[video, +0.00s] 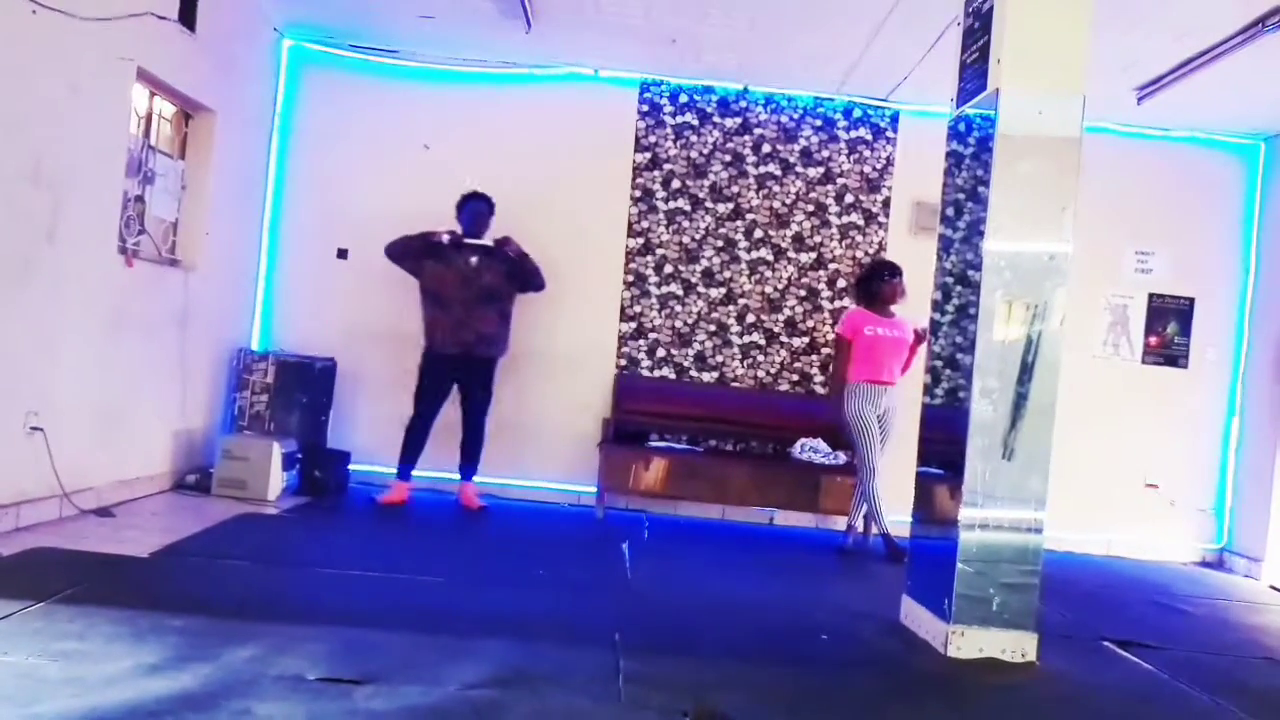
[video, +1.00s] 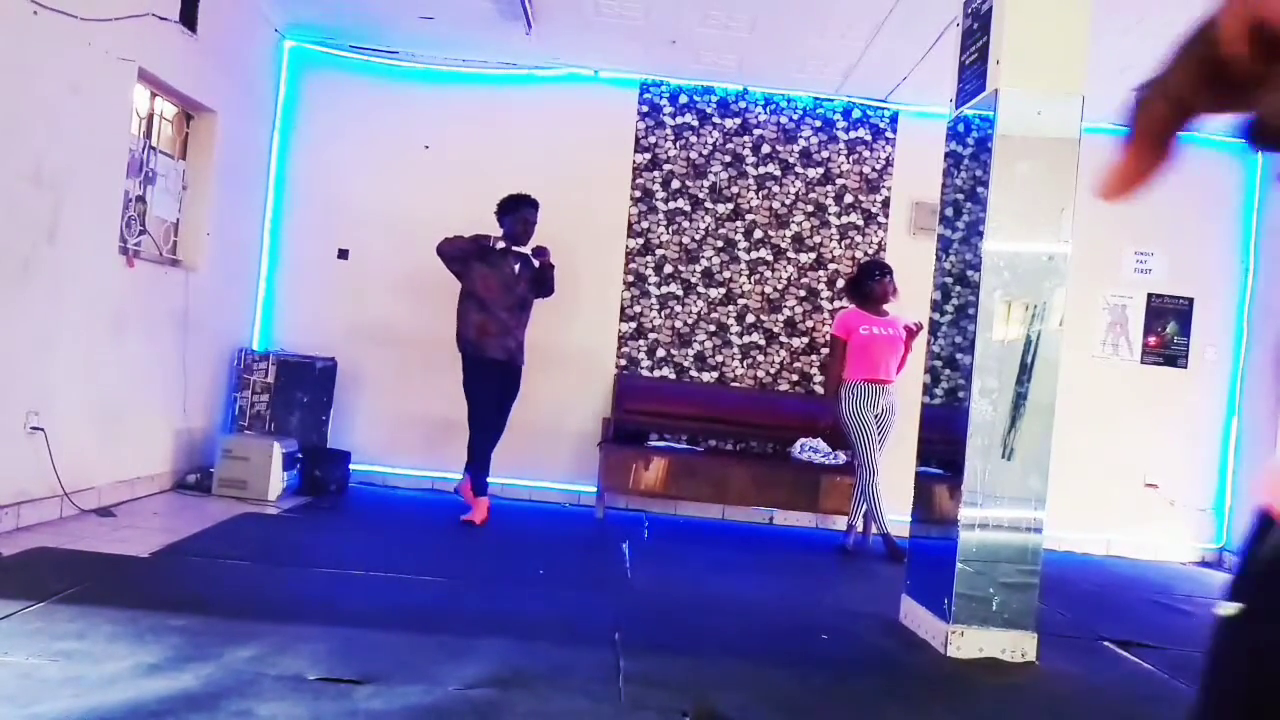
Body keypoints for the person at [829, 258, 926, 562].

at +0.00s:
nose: (900, 289)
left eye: (901, 282)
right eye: (894, 282)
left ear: (899, 287)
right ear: (876, 286)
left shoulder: (901, 326)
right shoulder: (855, 317)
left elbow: (901, 370)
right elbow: (840, 364)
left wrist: (916, 346)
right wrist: (836, 401)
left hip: (888, 396)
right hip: (859, 394)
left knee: (871, 465)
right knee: (870, 463)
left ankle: (852, 532)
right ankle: (886, 536)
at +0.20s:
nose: (894, 289)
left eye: (895, 282)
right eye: (888, 282)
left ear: (896, 288)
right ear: (871, 286)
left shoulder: (898, 326)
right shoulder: (849, 317)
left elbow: (896, 372)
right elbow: (834, 365)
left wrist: (910, 347)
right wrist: (831, 404)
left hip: (885, 397)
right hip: (853, 395)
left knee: (868, 465)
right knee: (866, 463)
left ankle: (849, 531)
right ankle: (883, 536)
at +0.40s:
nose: (888, 289)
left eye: (891, 283)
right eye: (882, 282)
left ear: (895, 288)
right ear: (866, 286)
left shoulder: (898, 325)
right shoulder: (847, 317)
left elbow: (896, 373)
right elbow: (832, 362)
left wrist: (908, 346)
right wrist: (825, 401)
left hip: (884, 398)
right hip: (851, 395)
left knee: (868, 465)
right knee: (866, 464)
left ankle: (849, 532)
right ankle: (884, 536)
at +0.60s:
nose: (885, 291)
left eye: (889, 284)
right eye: (879, 284)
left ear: (894, 289)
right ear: (864, 287)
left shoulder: (897, 325)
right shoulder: (846, 317)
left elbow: (896, 373)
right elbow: (832, 362)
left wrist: (907, 345)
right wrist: (825, 400)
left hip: (884, 397)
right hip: (852, 394)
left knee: (868, 465)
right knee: (866, 463)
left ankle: (850, 532)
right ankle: (883, 535)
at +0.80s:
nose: (887, 288)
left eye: (889, 282)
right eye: (881, 282)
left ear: (893, 287)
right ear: (865, 286)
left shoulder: (897, 324)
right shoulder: (846, 317)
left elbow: (896, 372)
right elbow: (833, 363)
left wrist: (908, 343)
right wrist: (827, 402)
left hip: (885, 397)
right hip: (854, 394)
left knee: (869, 465)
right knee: (868, 463)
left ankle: (851, 533)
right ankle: (885, 535)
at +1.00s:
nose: (893, 286)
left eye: (893, 280)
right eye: (887, 281)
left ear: (887, 285)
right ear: (870, 285)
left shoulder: (896, 324)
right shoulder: (848, 317)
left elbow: (895, 370)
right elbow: (835, 364)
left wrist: (909, 343)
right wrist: (830, 404)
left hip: (886, 397)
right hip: (856, 395)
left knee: (869, 465)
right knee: (869, 464)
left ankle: (852, 532)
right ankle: (886, 536)